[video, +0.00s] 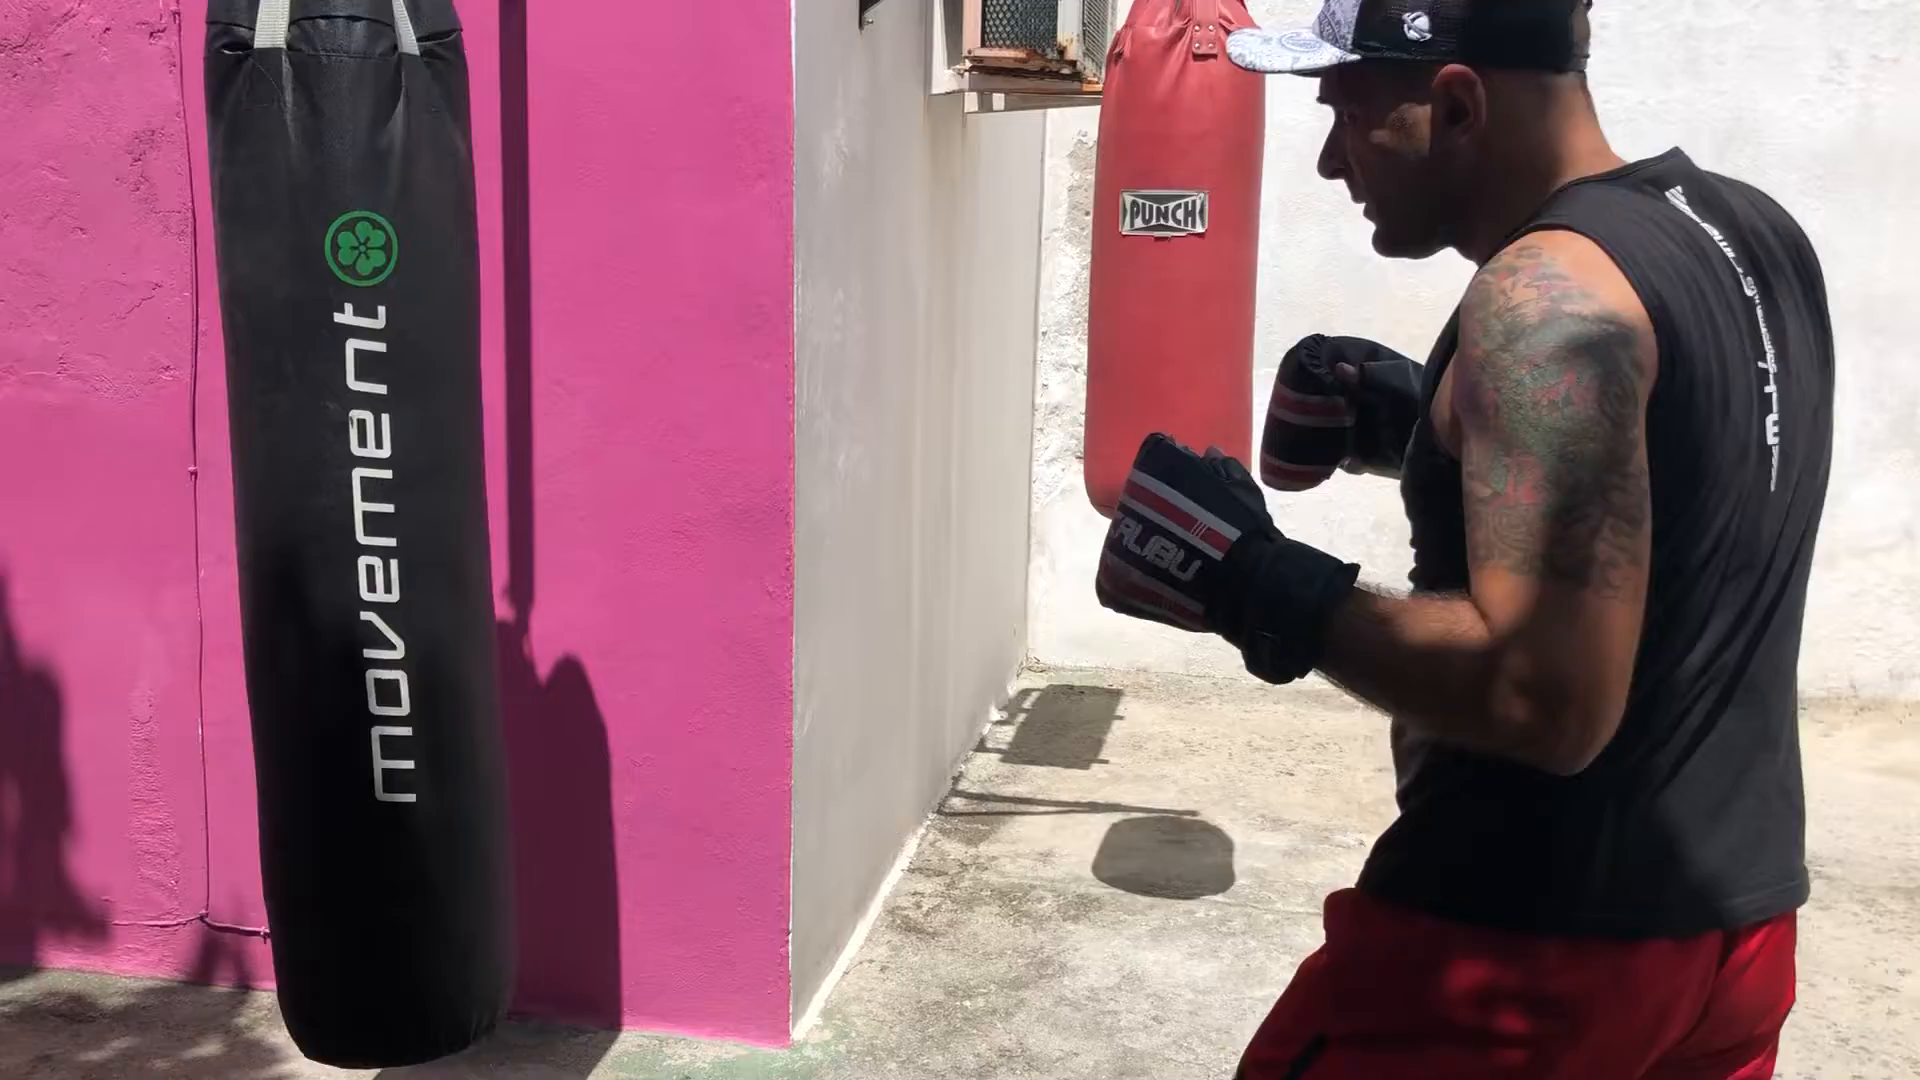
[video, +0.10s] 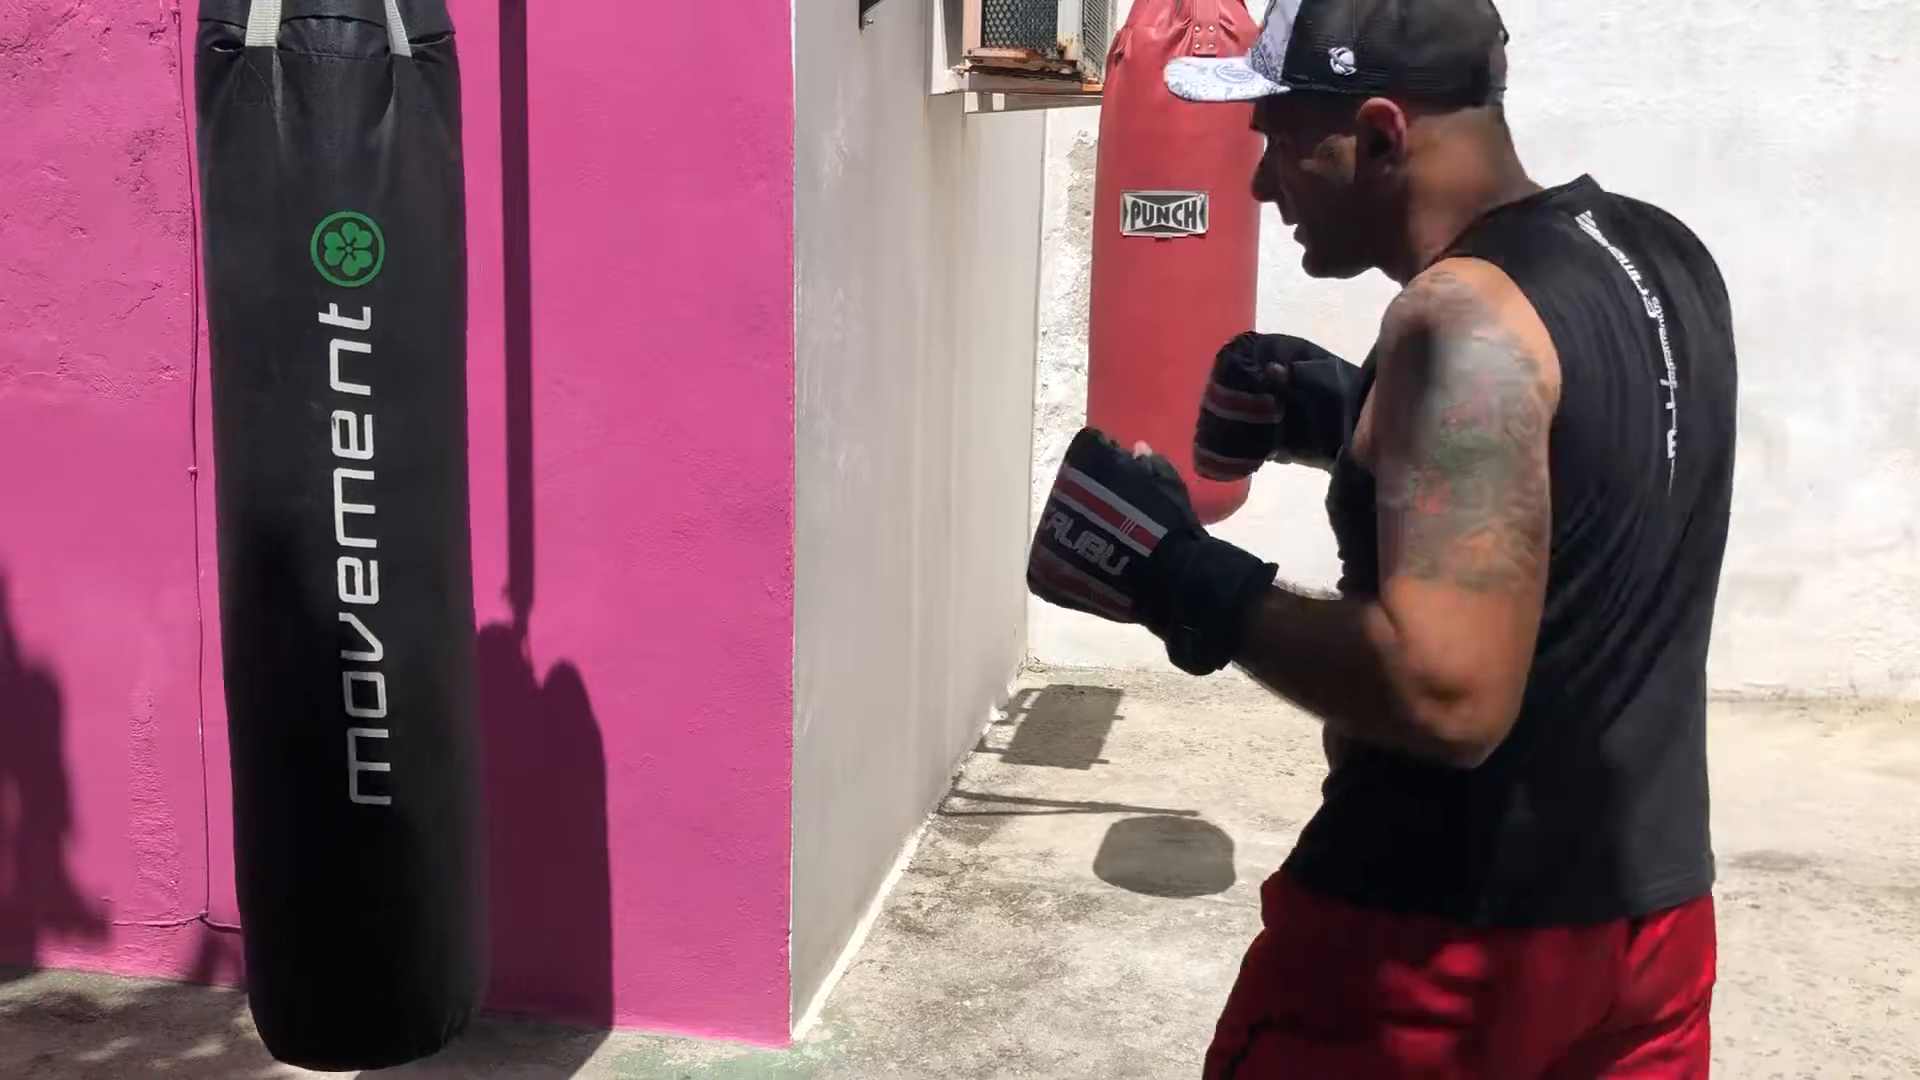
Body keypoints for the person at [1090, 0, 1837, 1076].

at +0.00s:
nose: (1328, 158)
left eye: (1353, 117)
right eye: (1332, 117)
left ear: (1460, 103)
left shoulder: (1549, 294)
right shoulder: (1757, 233)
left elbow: (1547, 698)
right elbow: (1672, 493)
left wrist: (1260, 587)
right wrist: (1424, 418)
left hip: (1513, 958)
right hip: (1735, 932)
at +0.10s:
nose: (1265, 180)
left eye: (1285, 141)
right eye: (1269, 142)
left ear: (1383, 132)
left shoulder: (1466, 319)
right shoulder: (1663, 256)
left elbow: (1446, 689)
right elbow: (1583, 497)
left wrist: (1182, 581)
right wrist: (1359, 419)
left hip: (1430, 943)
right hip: (1650, 919)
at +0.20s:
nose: (1168, 210)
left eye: (1175, 174)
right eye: (1164, 175)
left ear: (1255, 168)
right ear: (1366, 136)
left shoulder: (1314, 343)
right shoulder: (1541, 278)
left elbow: (1299, 687)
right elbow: (1447, 483)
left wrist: (1069, 582)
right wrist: (1250, 407)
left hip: (1309, 914)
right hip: (1520, 894)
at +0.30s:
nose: (1046, 208)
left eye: (1050, 176)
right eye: (1040, 175)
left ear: (1116, 172)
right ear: (1224, 128)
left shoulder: (1159, 326)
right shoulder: (1403, 260)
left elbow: (1113, 637)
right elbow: (1320, 431)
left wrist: (936, 529)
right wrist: (1134, 366)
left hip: (1173, 802)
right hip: (1362, 777)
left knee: (1076, 1058)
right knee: (1286, 1037)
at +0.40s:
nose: (982, 204)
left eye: (985, 173)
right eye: (976, 173)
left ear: (1043, 168)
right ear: (1144, 121)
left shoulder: (1086, 304)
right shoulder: (1316, 245)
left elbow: (1009, 594)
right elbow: (1246, 427)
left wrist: (873, 472)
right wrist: (1069, 357)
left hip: (1106, 767)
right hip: (1275, 743)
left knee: (1044, 1051)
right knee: (1194, 992)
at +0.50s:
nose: (944, 219)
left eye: (945, 193)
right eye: (936, 192)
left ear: (998, 187)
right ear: (1094, 140)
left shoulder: (1041, 312)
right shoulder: (1247, 263)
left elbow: (941, 573)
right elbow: (1161, 408)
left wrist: (830, 431)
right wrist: (1004, 330)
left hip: (1049, 758)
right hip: (1206, 742)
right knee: (1119, 992)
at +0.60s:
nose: (892, 259)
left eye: (899, 236)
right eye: (888, 235)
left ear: (960, 240)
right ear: (1047, 197)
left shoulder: (1021, 363)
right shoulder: (1165, 300)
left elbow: (912, 600)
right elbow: (1079, 459)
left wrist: (793, 435)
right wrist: (928, 349)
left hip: (998, 772)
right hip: (1130, 754)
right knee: (1053, 971)